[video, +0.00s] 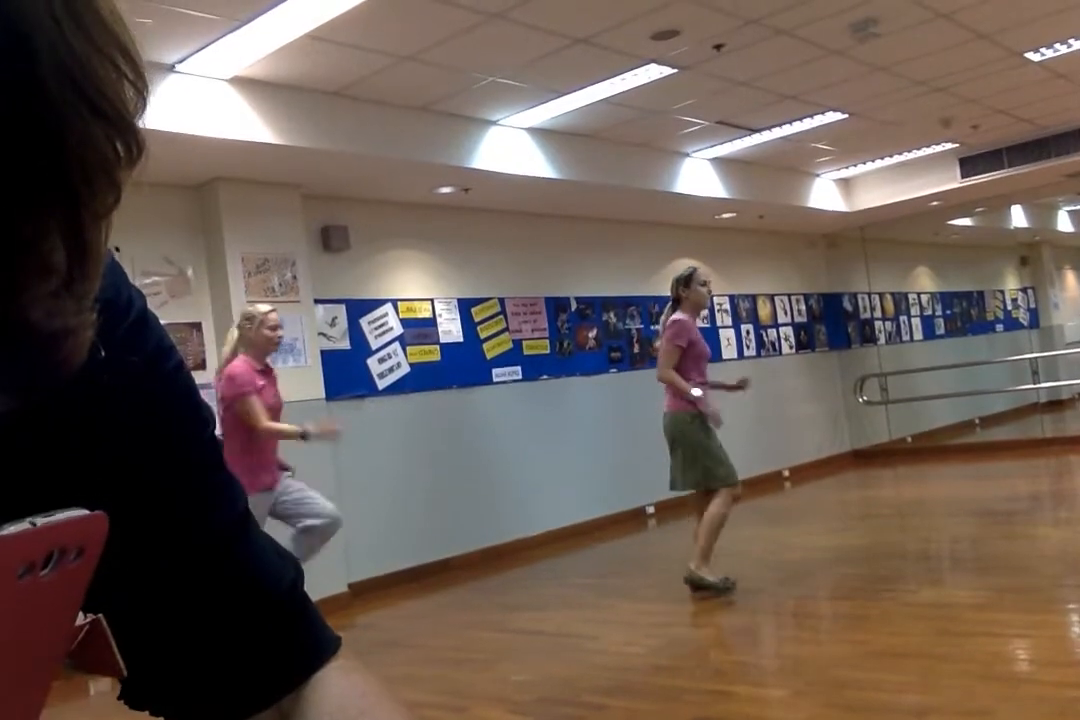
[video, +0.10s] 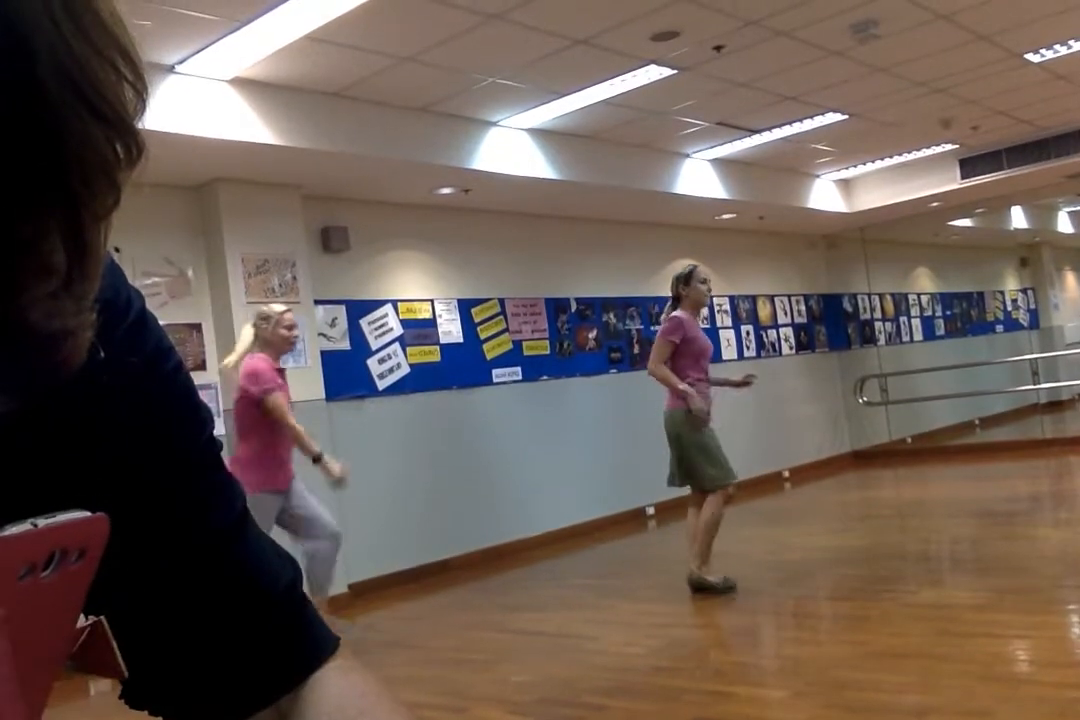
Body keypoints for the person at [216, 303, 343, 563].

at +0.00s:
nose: (279, 334)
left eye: (280, 328)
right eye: (272, 329)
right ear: (250, 332)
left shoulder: (263, 370)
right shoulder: (238, 373)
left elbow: (259, 429)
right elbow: (260, 425)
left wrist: (272, 460)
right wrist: (307, 432)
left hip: (269, 478)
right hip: (246, 485)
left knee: (325, 519)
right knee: (246, 556)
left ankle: (280, 577)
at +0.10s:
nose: (295, 334)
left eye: (295, 328)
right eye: (288, 328)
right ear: (265, 331)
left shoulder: (269, 367)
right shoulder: (257, 367)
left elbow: (273, 426)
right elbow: (287, 422)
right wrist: (322, 460)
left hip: (279, 483)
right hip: (256, 487)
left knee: (325, 534)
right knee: (248, 561)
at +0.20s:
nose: (313, 333)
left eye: (312, 328)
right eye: (306, 328)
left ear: (295, 332)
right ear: (285, 330)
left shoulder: (280, 365)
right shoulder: (284, 367)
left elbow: (283, 417)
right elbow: (295, 427)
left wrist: (314, 409)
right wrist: (311, 476)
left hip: (291, 482)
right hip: (278, 484)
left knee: (314, 556)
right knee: (269, 564)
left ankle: (331, 629)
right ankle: (267, 643)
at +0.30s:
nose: (332, 327)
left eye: (332, 322)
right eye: (325, 322)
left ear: (314, 328)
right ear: (304, 326)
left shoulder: (305, 360)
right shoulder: (305, 362)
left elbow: (309, 414)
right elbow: (294, 418)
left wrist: (335, 396)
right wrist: (293, 471)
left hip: (303, 473)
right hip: (301, 474)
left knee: (312, 553)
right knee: (320, 550)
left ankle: (327, 631)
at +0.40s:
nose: (348, 331)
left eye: (349, 325)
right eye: (342, 325)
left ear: (333, 330)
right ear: (322, 328)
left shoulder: (322, 363)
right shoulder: (321, 362)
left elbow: (336, 418)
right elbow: (293, 408)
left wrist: (370, 400)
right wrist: (291, 458)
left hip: (304, 474)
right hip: (321, 473)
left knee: (315, 549)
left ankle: (330, 631)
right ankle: (307, 557)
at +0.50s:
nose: (364, 325)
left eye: (364, 319)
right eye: (357, 320)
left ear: (351, 326)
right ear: (338, 325)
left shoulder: (342, 360)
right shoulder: (340, 358)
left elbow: (359, 416)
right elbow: (298, 396)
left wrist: (406, 421)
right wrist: (307, 438)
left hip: (322, 469)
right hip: (341, 466)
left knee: (329, 553)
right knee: (400, 511)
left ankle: (333, 632)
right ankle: (351, 565)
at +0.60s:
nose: (380, 326)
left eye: (380, 320)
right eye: (374, 321)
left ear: (369, 327)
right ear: (355, 325)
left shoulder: (364, 361)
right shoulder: (360, 358)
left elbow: (383, 417)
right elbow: (317, 388)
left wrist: (411, 452)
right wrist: (343, 417)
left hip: (341, 470)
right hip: (364, 467)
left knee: (349, 546)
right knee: (408, 521)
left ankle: (335, 629)